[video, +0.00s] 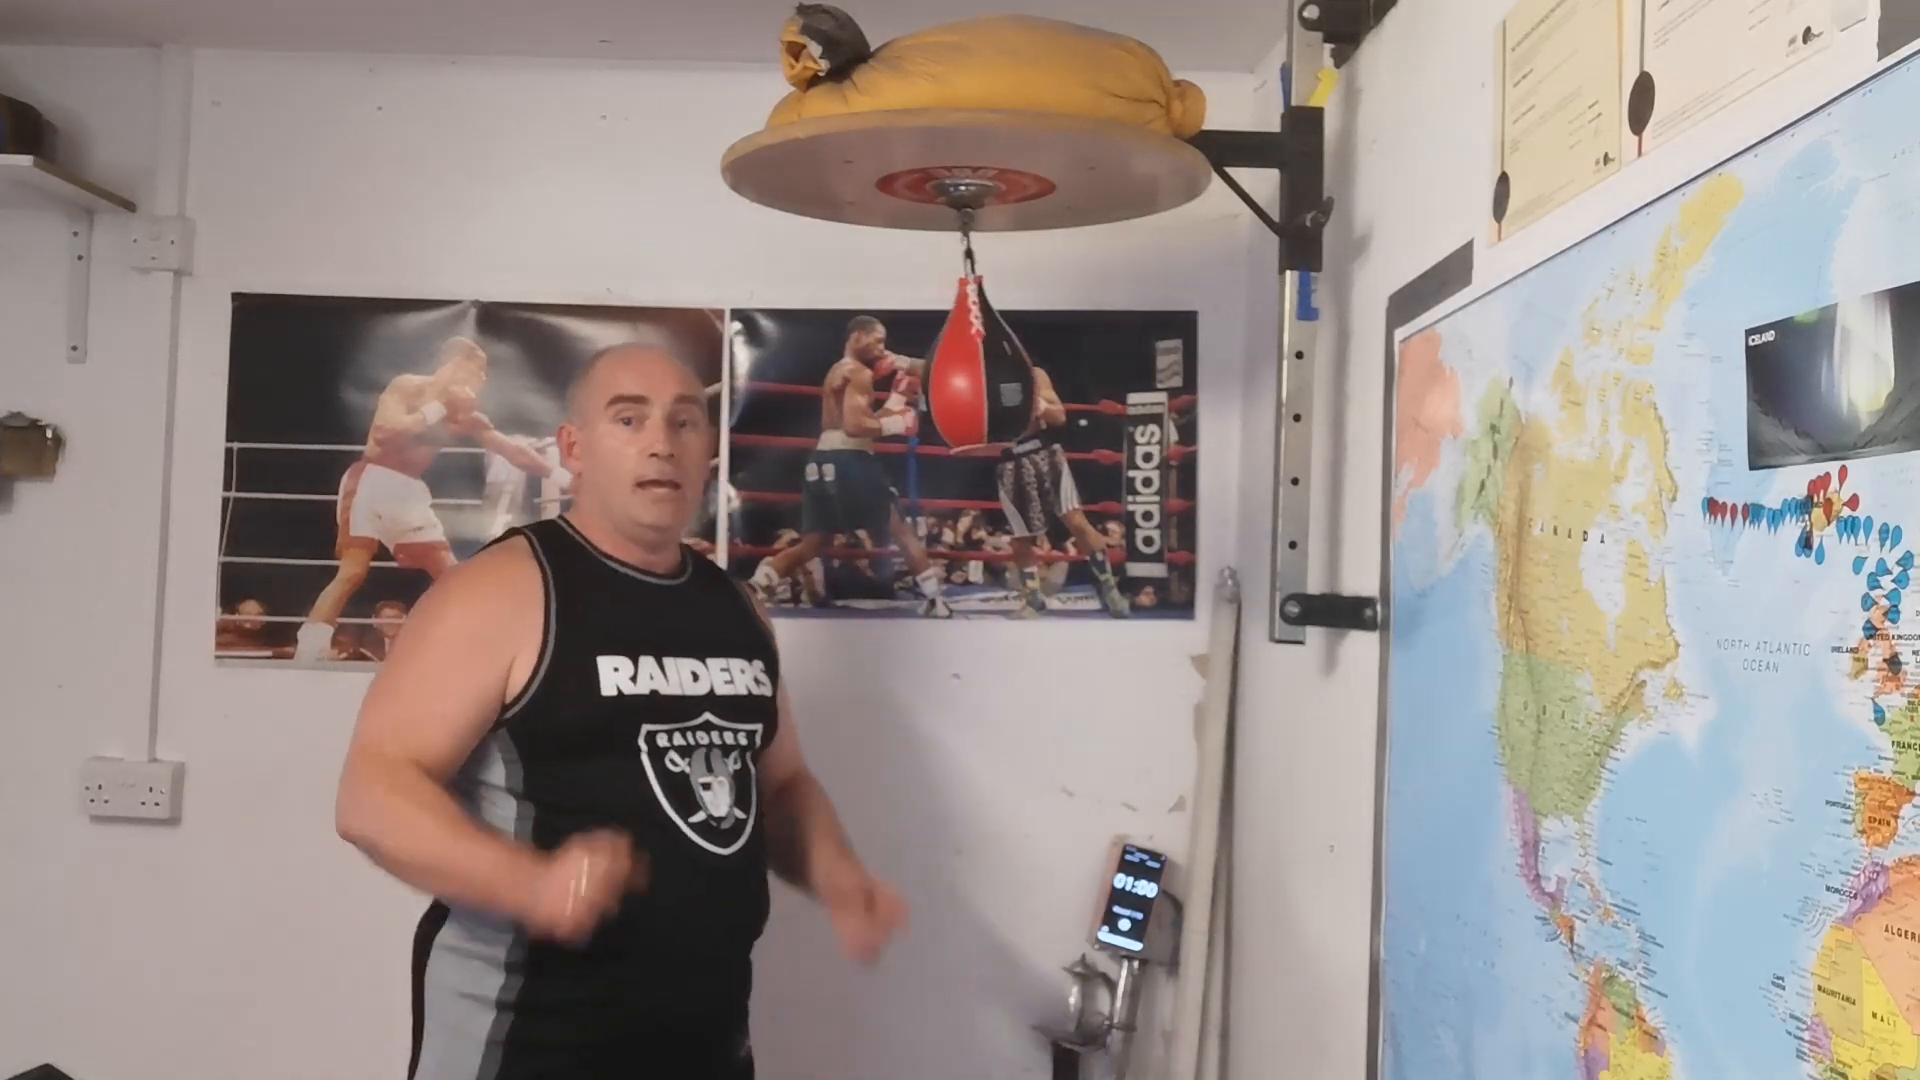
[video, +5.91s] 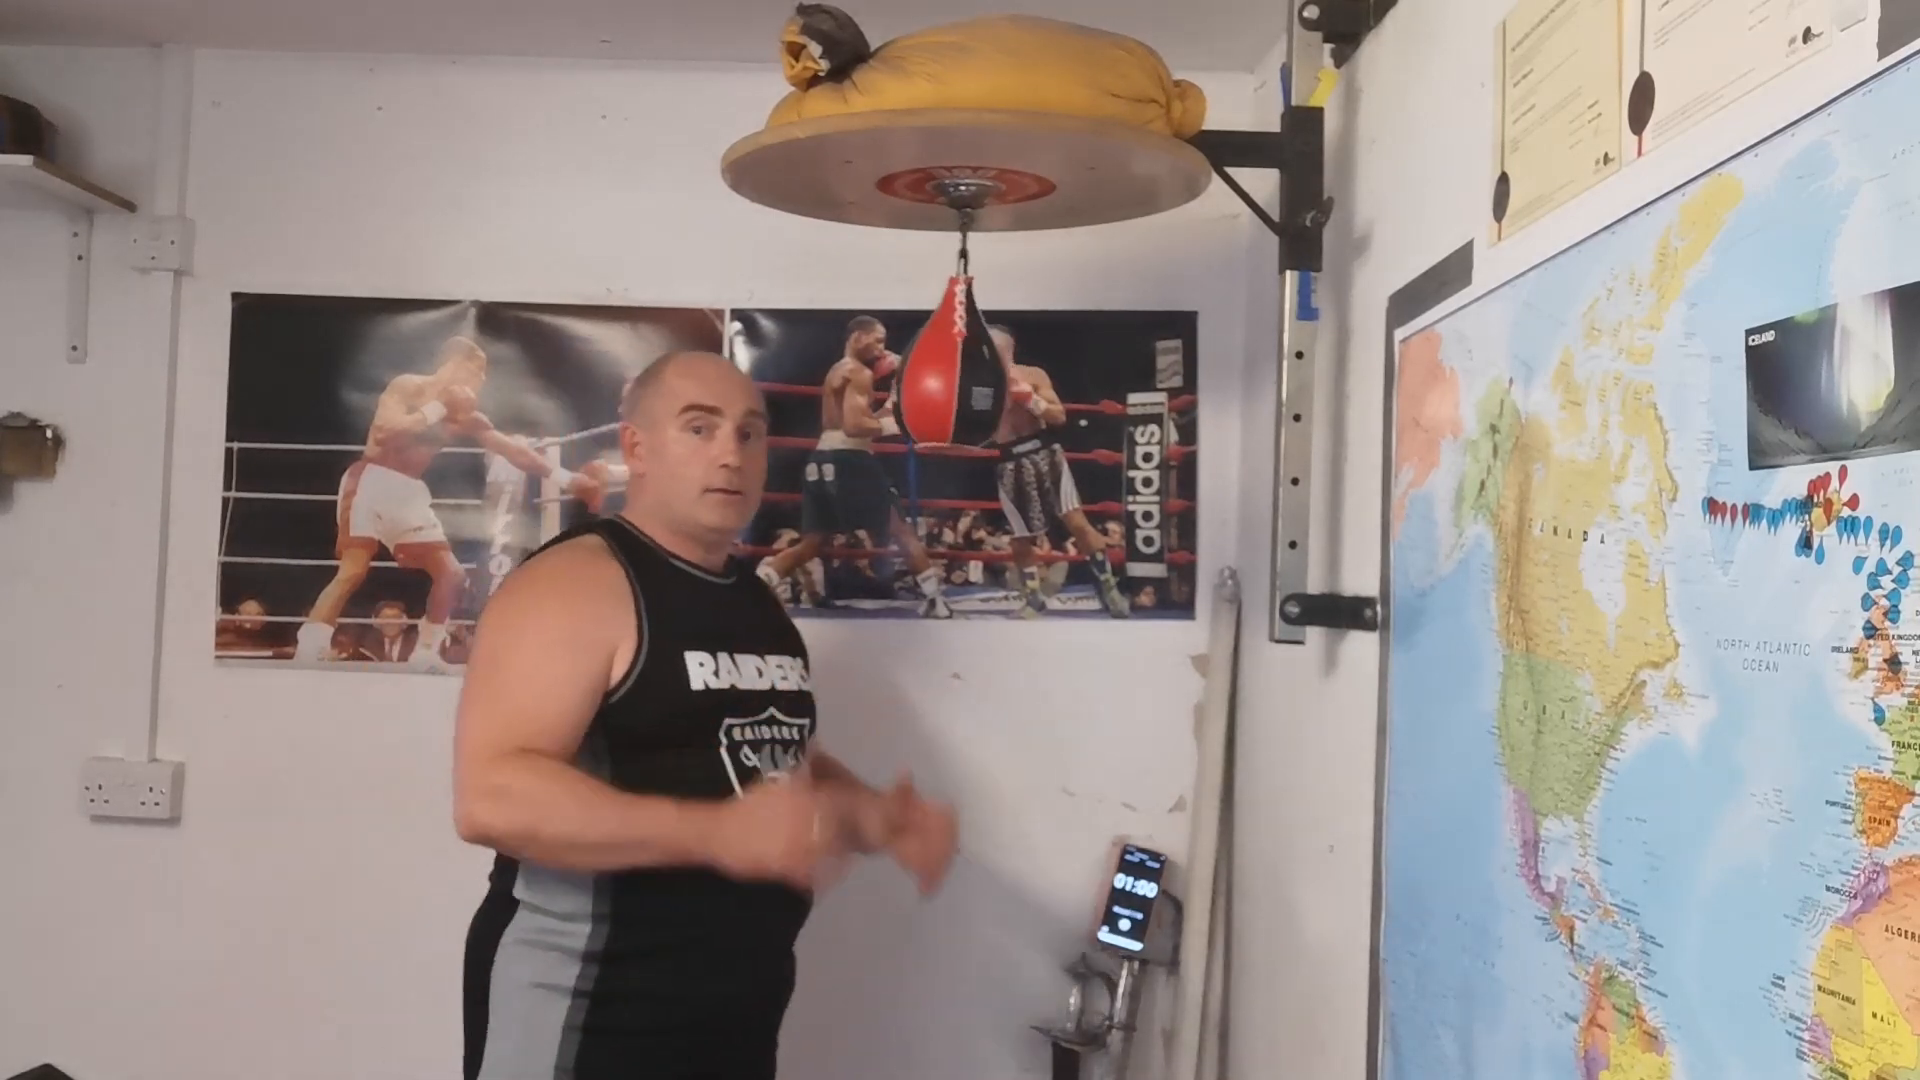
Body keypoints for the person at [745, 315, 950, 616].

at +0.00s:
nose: (881, 349)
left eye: (883, 343)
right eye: (878, 342)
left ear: (855, 340)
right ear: (857, 337)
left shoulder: (833, 374)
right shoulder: (858, 373)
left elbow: (849, 422)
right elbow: (855, 425)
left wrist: (889, 408)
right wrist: (896, 423)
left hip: (820, 462)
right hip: (853, 463)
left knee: (814, 542)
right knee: (902, 531)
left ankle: (755, 587)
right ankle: (935, 598)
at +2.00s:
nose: (881, 349)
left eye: (883, 343)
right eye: (878, 342)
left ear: (857, 340)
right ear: (858, 337)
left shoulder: (834, 372)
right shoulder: (858, 373)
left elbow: (848, 422)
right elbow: (854, 425)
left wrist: (886, 409)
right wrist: (894, 423)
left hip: (820, 463)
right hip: (852, 463)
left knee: (816, 541)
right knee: (901, 529)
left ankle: (756, 587)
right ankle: (935, 597)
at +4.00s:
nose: (881, 350)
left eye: (883, 343)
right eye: (877, 342)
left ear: (855, 341)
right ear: (857, 338)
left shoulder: (834, 372)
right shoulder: (859, 373)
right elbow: (854, 425)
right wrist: (888, 424)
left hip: (820, 463)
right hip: (852, 463)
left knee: (814, 542)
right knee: (902, 530)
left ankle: (755, 588)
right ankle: (935, 597)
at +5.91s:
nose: (881, 349)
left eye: (882, 343)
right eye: (877, 342)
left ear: (855, 341)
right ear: (856, 338)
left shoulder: (834, 372)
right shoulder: (858, 373)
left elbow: (837, 420)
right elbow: (854, 425)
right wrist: (885, 424)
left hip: (820, 462)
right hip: (852, 462)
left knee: (814, 542)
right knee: (903, 530)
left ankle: (753, 589)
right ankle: (935, 599)